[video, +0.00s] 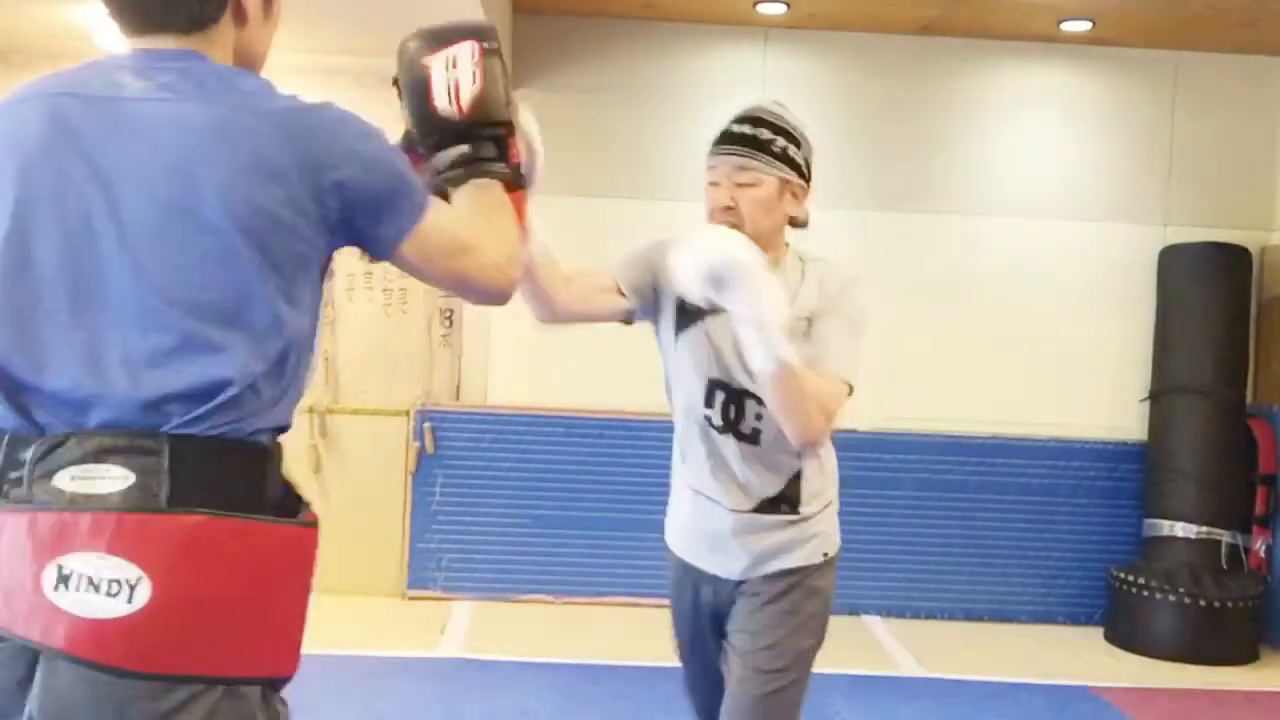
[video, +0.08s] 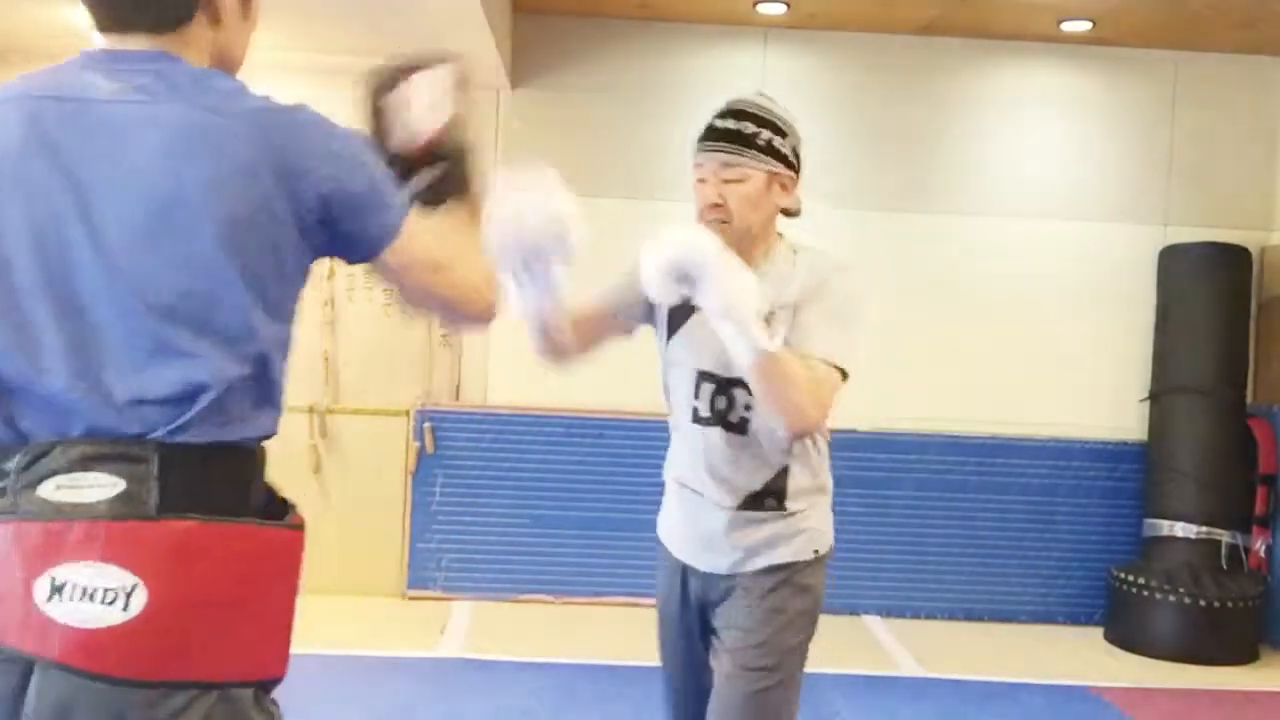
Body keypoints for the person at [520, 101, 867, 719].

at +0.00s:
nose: (724, 199)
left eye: (745, 183)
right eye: (714, 183)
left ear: (795, 196)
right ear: (701, 189)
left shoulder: (829, 289)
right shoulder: (677, 267)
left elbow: (809, 423)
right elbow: (556, 298)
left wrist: (750, 302)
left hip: (789, 560)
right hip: (694, 549)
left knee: (751, 711)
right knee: (710, 706)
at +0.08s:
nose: (711, 199)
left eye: (732, 180)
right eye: (701, 180)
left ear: (784, 188)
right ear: (690, 184)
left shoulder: (819, 282)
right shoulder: (676, 267)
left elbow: (802, 411)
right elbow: (563, 341)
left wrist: (733, 308)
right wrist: (535, 269)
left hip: (776, 559)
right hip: (683, 545)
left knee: (741, 711)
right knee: (686, 708)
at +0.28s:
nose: (661, 229)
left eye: (682, 210)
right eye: (654, 209)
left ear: (734, 218)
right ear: (645, 214)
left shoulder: (777, 321)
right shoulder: (646, 310)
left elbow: (844, 465)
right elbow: (567, 431)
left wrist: (770, 407)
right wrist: (573, 357)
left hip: (762, 588)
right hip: (678, 584)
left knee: (694, 710)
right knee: (691, 708)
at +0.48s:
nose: (702, 187)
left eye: (728, 169)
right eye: (695, 168)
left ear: (784, 187)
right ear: (683, 176)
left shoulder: (814, 327)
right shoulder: (650, 262)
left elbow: (892, 454)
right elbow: (535, 344)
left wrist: (972, 472)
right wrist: (470, 325)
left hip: (680, 593)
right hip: (583, 565)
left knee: (618, 709)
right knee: (567, 707)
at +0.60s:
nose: (755, 169)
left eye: (779, 149)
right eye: (740, 151)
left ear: (833, 164)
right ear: (726, 160)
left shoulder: (842, 284)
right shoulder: (673, 241)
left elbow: (891, 413)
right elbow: (540, 347)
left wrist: (833, 297)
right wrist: (416, 390)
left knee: (628, 708)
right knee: (346, 532)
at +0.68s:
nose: (804, 181)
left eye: (806, 163)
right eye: (791, 159)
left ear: (811, 175)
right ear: (727, 156)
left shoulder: (831, 294)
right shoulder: (663, 251)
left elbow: (829, 406)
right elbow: (543, 367)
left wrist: (764, 261)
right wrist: (411, 415)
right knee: (345, 442)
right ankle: (84, 453)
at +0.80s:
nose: (664, 163)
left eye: (686, 142)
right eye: (663, 142)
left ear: (759, 149)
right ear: (678, 147)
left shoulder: (816, 285)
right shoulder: (654, 231)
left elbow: (774, 443)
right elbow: (604, 372)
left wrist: (713, 315)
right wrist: (492, 402)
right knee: (323, 500)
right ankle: (107, 513)